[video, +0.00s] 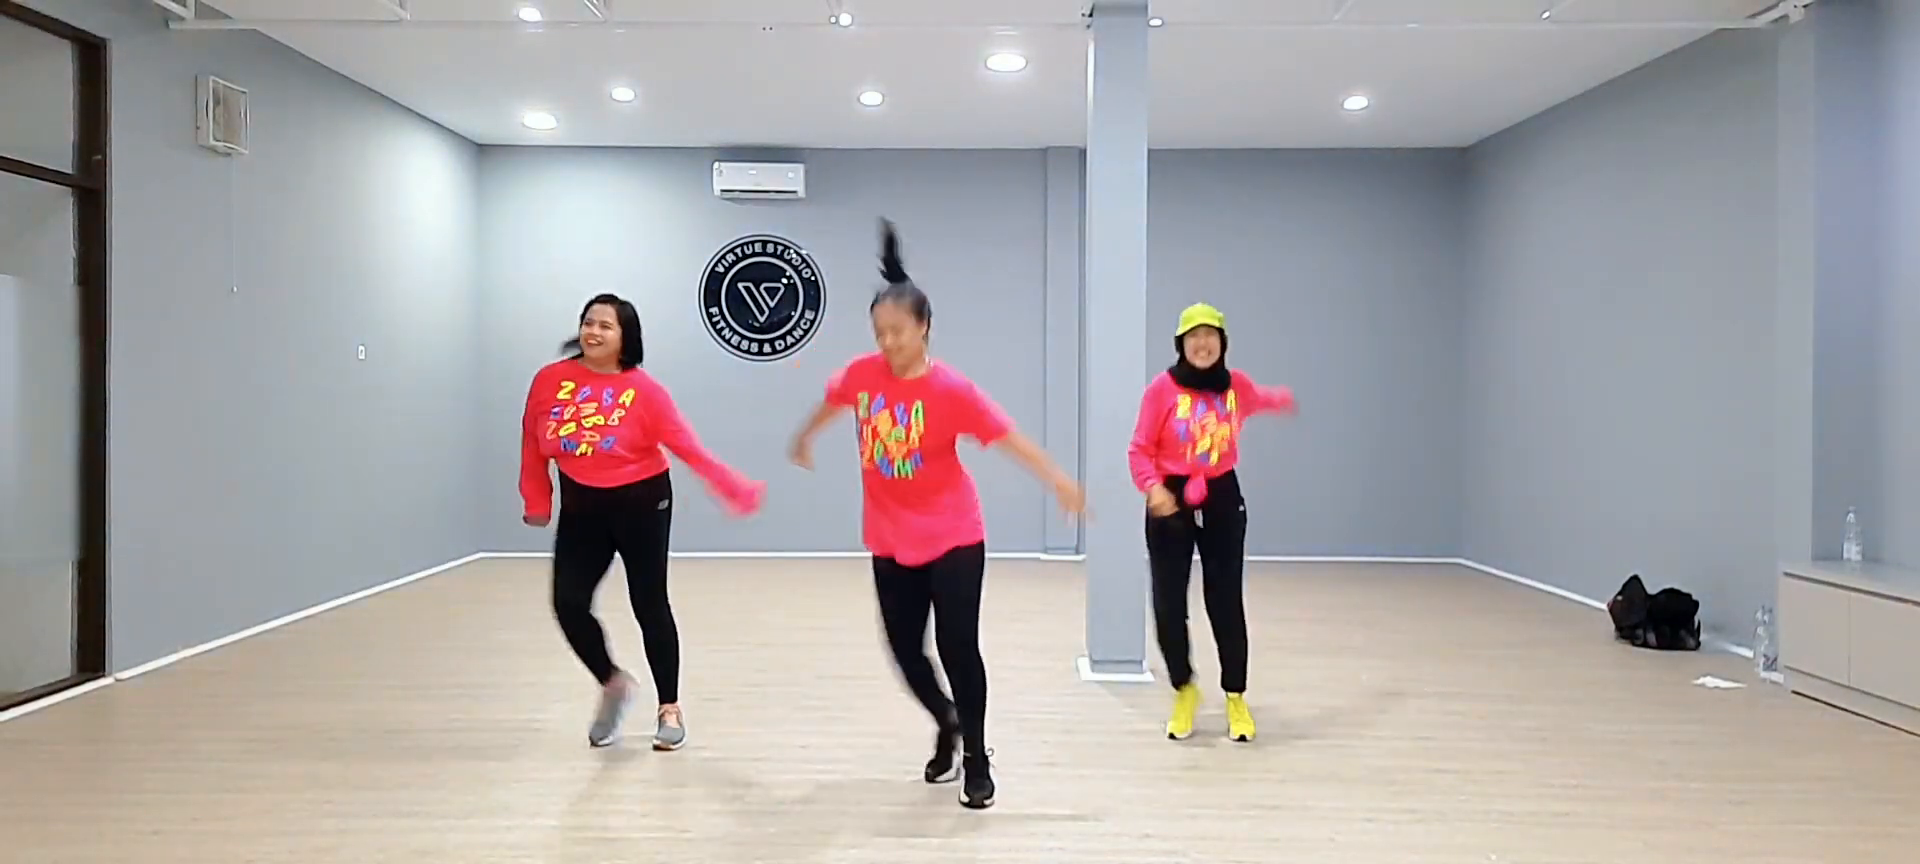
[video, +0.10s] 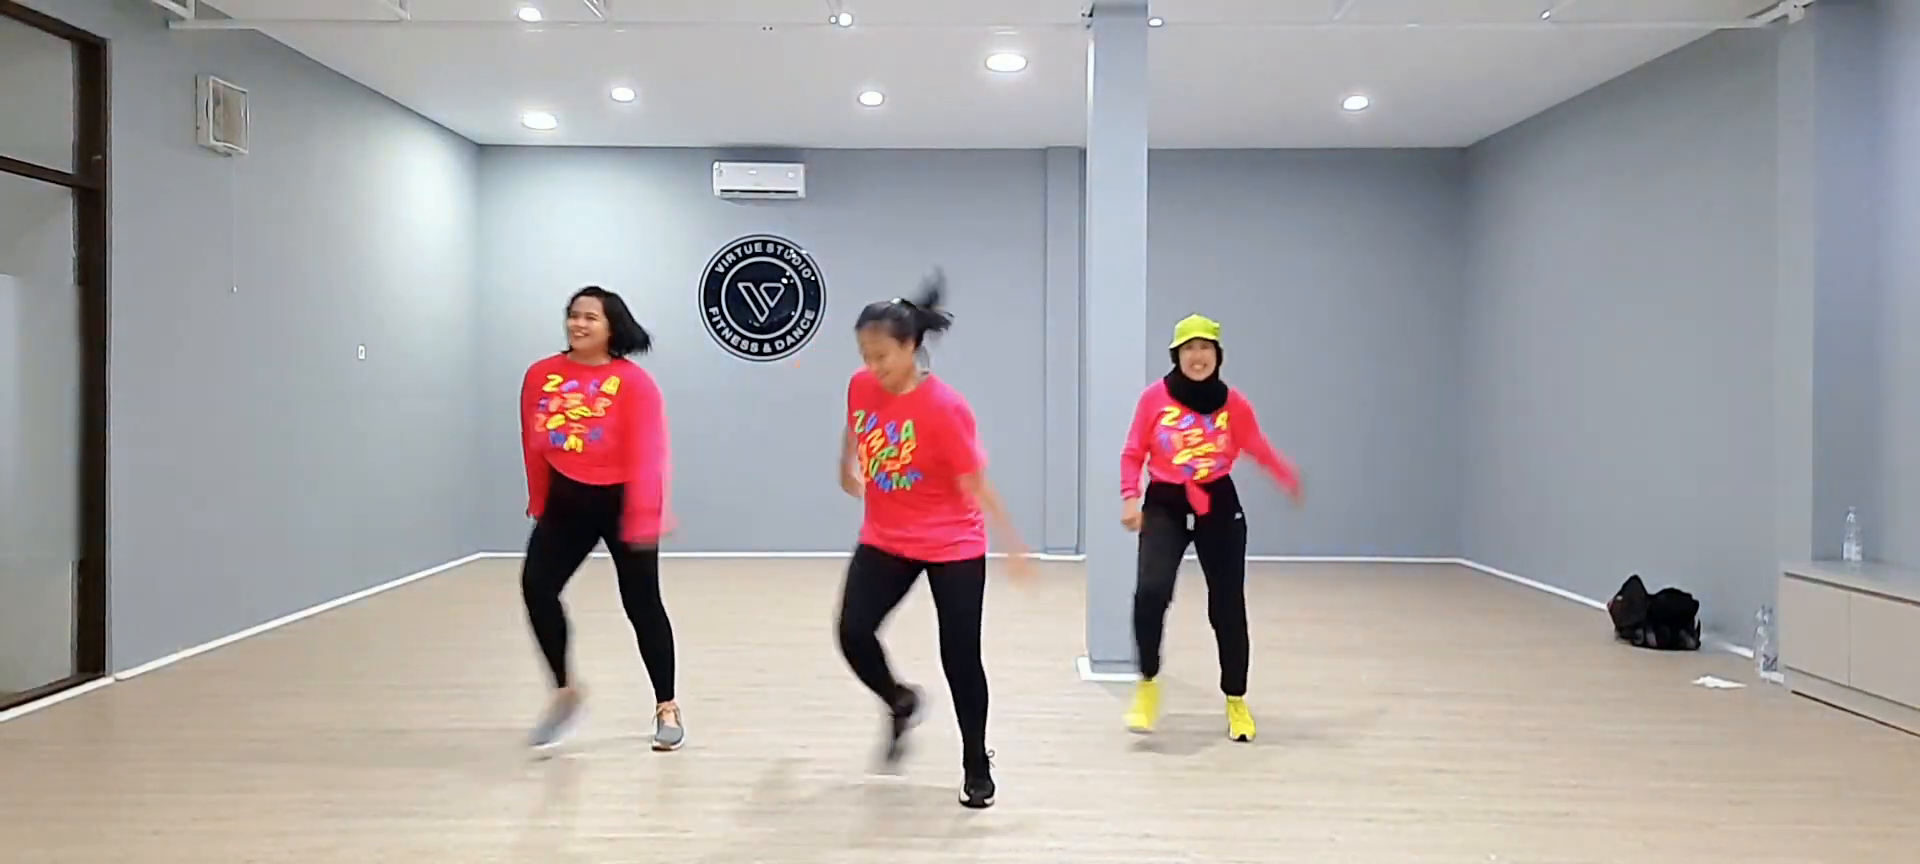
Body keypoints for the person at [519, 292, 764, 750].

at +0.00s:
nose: (593, 331)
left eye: (604, 326)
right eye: (588, 323)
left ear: (625, 337)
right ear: (579, 330)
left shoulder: (643, 390)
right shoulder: (551, 380)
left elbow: (688, 447)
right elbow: (533, 442)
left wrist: (739, 489)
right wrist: (536, 498)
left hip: (642, 501)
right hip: (583, 503)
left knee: (650, 603)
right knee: (568, 604)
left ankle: (669, 708)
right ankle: (613, 683)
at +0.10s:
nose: (579, 323)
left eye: (590, 317)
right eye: (574, 316)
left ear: (612, 327)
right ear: (566, 322)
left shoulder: (634, 382)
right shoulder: (541, 376)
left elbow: (650, 456)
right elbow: (534, 447)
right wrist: (539, 504)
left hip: (626, 501)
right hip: (568, 503)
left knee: (642, 601)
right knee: (537, 587)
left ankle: (667, 707)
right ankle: (565, 691)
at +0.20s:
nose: (557, 327)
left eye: (568, 319)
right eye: (550, 321)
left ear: (592, 326)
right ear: (544, 331)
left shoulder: (616, 379)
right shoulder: (529, 379)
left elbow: (591, 450)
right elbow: (522, 451)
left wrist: (547, 509)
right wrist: (529, 503)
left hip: (612, 497)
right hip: (551, 499)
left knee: (631, 608)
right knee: (512, 605)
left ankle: (667, 709)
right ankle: (490, 725)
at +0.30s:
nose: (532, 340)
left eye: (542, 331)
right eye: (525, 335)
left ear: (568, 334)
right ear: (520, 345)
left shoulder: (590, 390)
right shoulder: (514, 390)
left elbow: (543, 446)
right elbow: (506, 449)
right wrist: (499, 497)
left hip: (588, 518)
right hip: (525, 515)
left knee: (615, 622)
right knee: (482, 622)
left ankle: (666, 705)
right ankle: (454, 738)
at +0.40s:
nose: (507, 336)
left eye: (517, 326)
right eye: (498, 329)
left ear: (539, 332)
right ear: (489, 339)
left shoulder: (562, 385)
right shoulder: (484, 389)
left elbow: (512, 441)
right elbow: (468, 457)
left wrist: (430, 449)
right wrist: (455, 513)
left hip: (553, 519)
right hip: (488, 517)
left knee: (588, 618)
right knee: (455, 621)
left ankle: (650, 697)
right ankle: (451, 738)